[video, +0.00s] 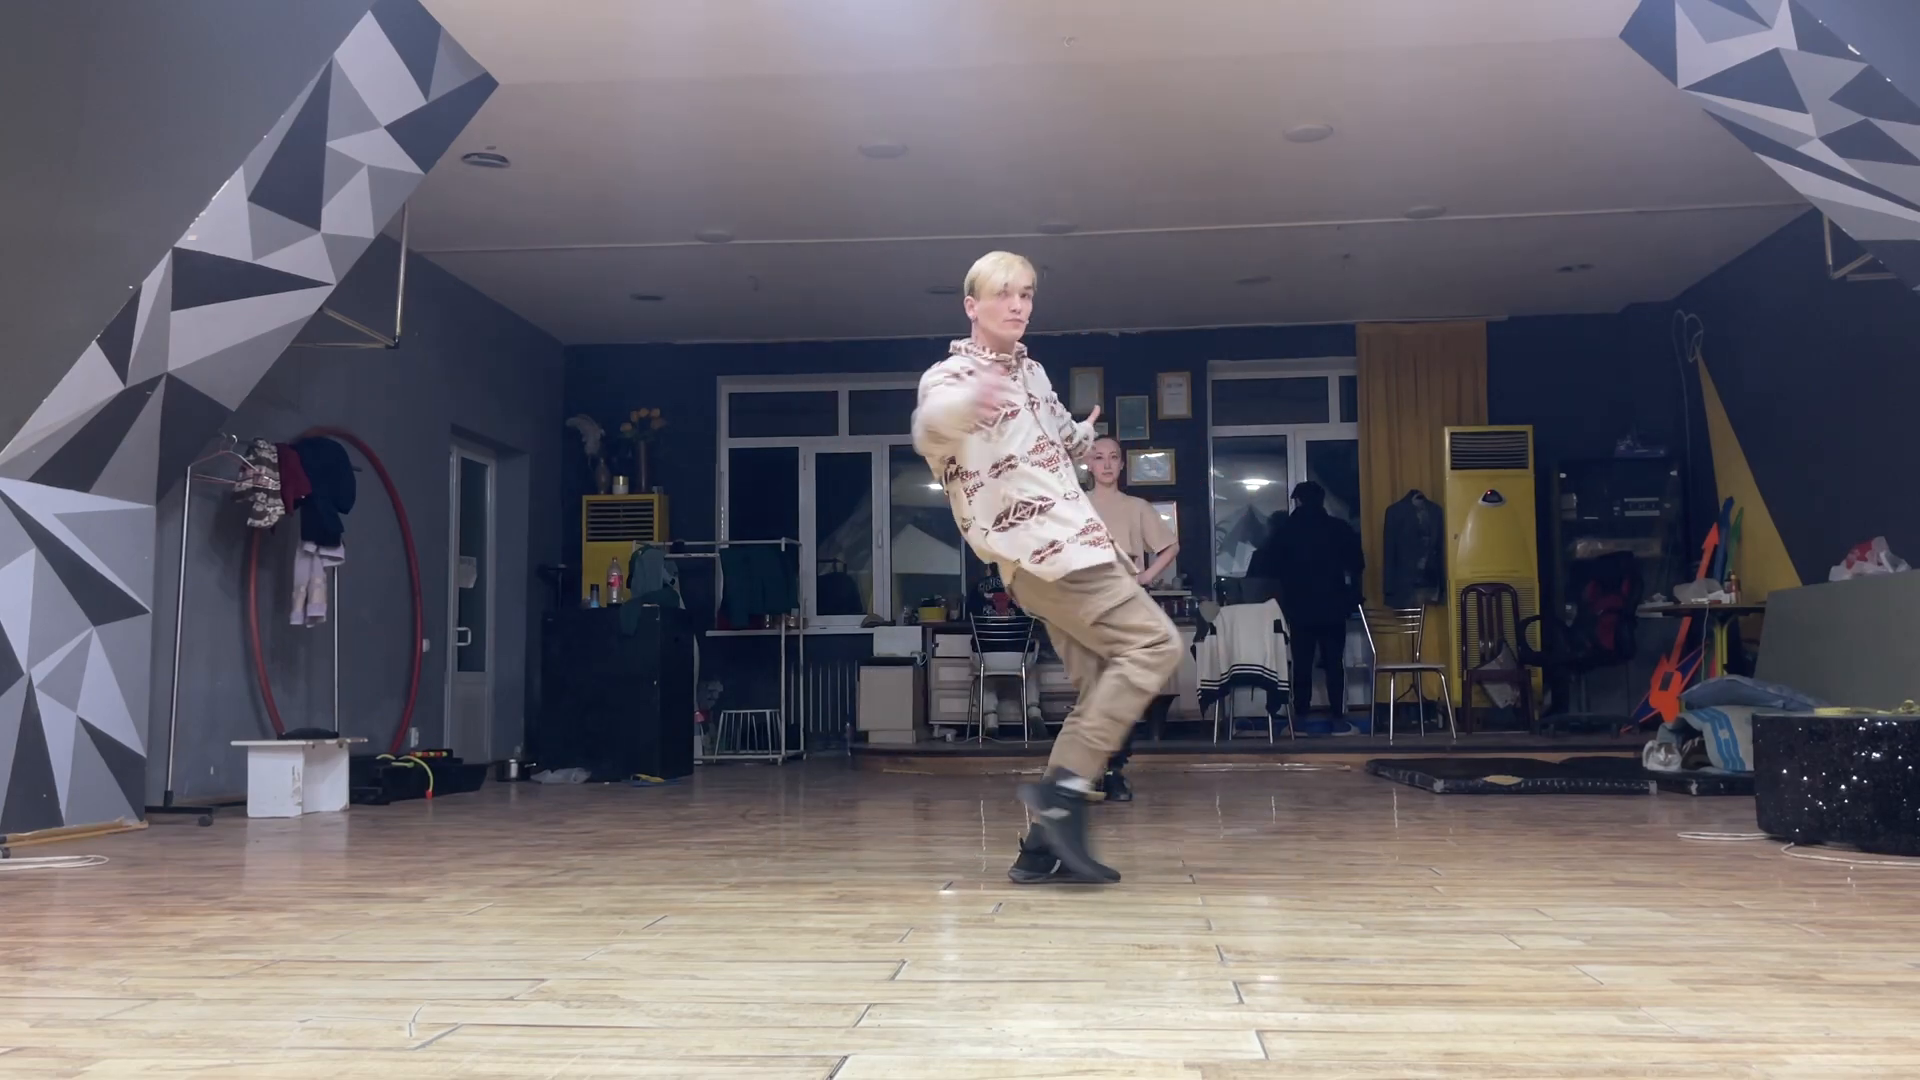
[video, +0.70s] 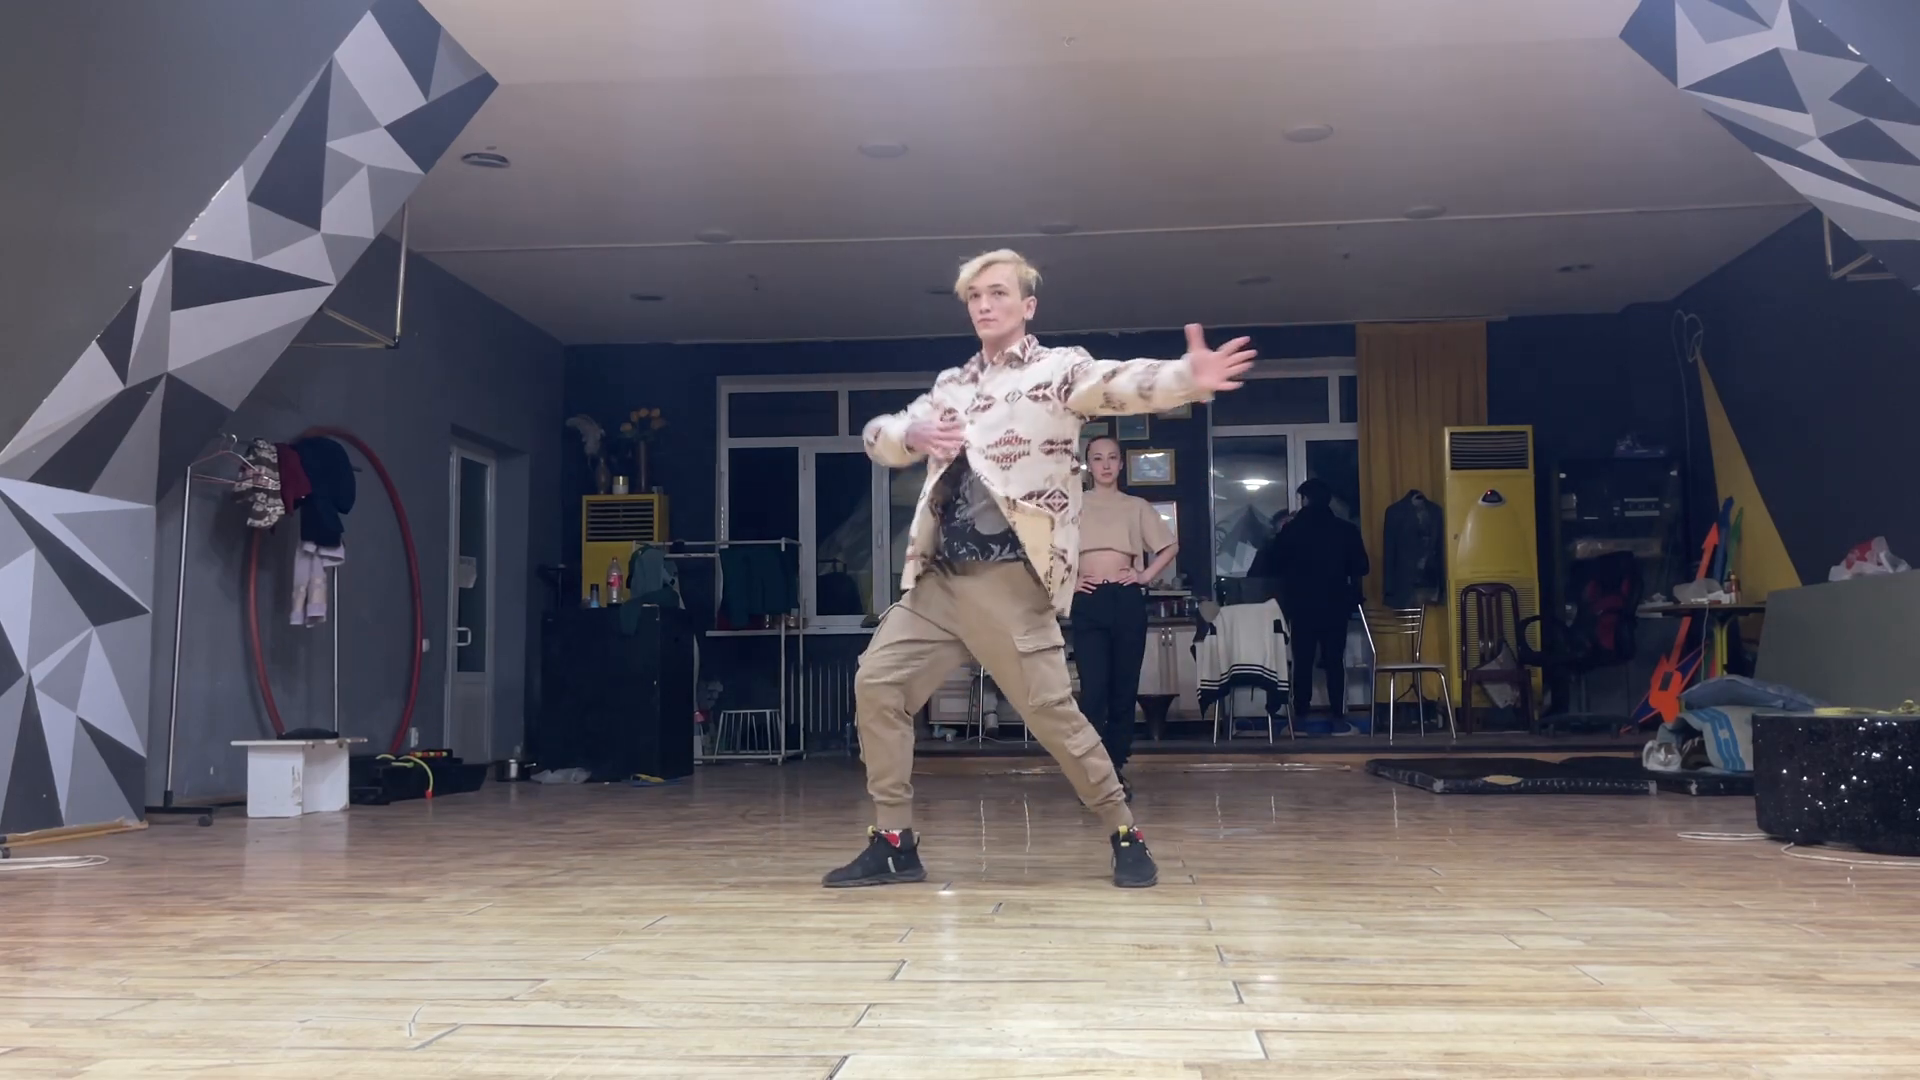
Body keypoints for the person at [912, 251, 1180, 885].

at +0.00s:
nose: (1019, 306)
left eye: (1026, 296)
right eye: (1006, 295)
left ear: (1030, 305)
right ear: (973, 305)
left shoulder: (1028, 367)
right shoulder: (949, 376)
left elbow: (1062, 435)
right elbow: (931, 425)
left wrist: (1086, 437)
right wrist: (968, 404)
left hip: (1063, 539)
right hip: (1038, 544)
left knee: (1099, 684)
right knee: (1153, 644)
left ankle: (1046, 845)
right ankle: (1065, 790)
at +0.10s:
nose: (1037, 298)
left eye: (1041, 287)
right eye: (1022, 287)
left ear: (1040, 295)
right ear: (987, 300)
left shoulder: (1014, 360)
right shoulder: (992, 360)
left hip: (1039, 557)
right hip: (1008, 558)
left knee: (1095, 695)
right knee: (1052, 703)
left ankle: (1050, 840)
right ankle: (900, 761)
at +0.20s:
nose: (1051, 311)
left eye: (1051, 300)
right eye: (1037, 302)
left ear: (1004, 320)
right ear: (1002, 314)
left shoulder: (967, 377)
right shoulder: (1038, 368)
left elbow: (1041, 438)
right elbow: (1138, 416)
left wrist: (1107, 437)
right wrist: (1145, 431)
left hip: (986, 564)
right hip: (993, 564)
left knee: (1071, 694)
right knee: (925, 700)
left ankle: (1054, 839)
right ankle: (813, 806)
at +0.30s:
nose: (1050, 322)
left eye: (1051, 312)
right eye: (1037, 312)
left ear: (1004, 326)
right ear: (999, 322)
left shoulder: (978, 377)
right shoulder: (1012, 373)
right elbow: (1080, 424)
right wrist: (1145, 423)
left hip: (1000, 576)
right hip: (962, 570)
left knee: (1069, 691)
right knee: (899, 710)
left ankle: (1052, 841)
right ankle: (798, 816)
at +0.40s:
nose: (1029, 303)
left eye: (1036, 295)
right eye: (1016, 294)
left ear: (1044, 306)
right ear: (985, 307)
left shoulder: (1040, 386)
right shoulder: (969, 359)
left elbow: (1102, 408)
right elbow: (988, 398)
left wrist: (1187, 400)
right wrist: (1058, 418)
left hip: (1016, 575)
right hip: (944, 563)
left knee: (1075, 685)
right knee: (891, 698)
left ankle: (1045, 839)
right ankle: (806, 815)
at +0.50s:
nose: (1004, 277)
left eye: (1016, 267)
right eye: (991, 267)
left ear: (1034, 282)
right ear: (971, 281)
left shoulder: (1068, 364)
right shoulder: (938, 343)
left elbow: (1145, 381)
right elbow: (861, 360)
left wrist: (1231, 376)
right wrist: (938, 371)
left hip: (1028, 571)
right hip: (937, 559)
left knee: (1061, 695)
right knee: (880, 685)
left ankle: (1062, 832)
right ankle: (849, 812)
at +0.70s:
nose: (983, 305)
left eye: (998, 293)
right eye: (974, 296)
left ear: (1028, 305)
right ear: (966, 307)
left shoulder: (1059, 367)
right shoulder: (952, 386)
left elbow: (1121, 382)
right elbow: (879, 438)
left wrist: (1187, 375)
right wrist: (906, 435)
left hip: (1007, 574)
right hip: (936, 578)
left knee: (1050, 711)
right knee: (876, 683)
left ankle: (1125, 834)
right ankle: (894, 841)